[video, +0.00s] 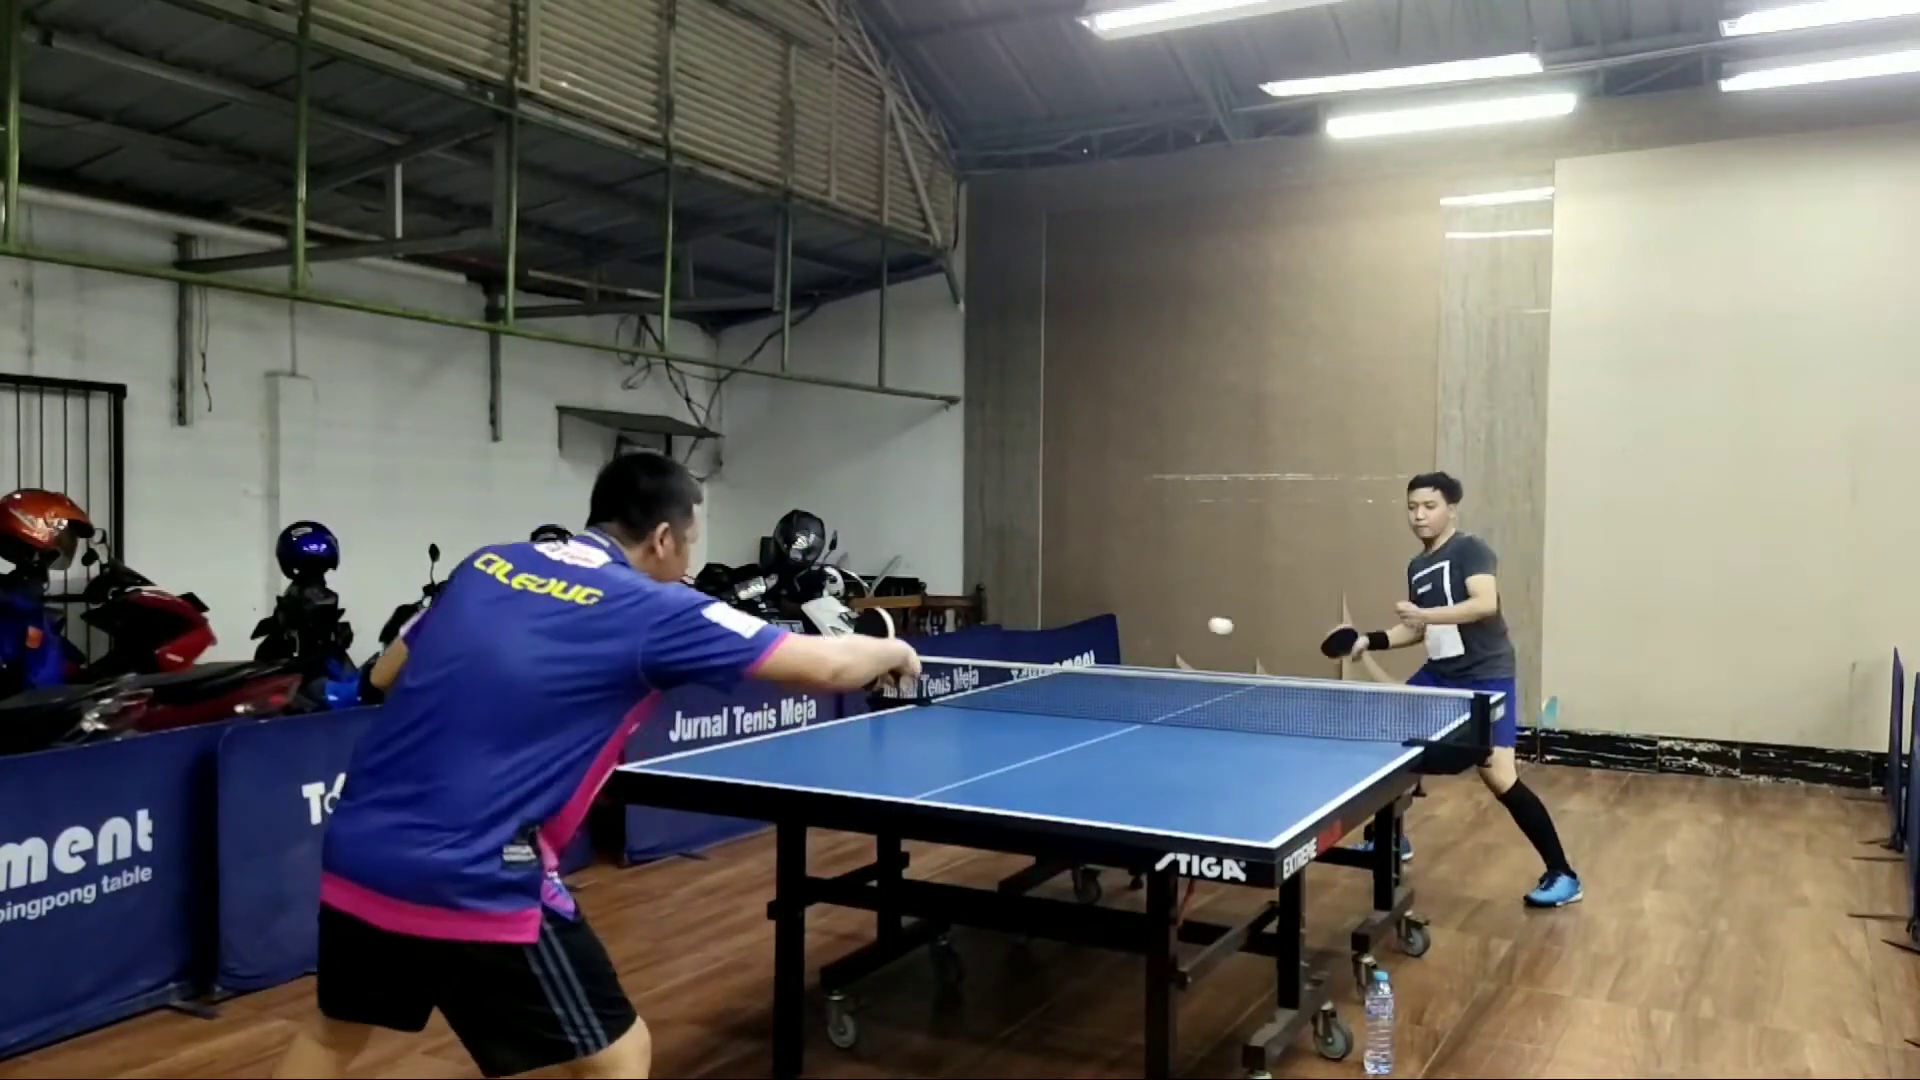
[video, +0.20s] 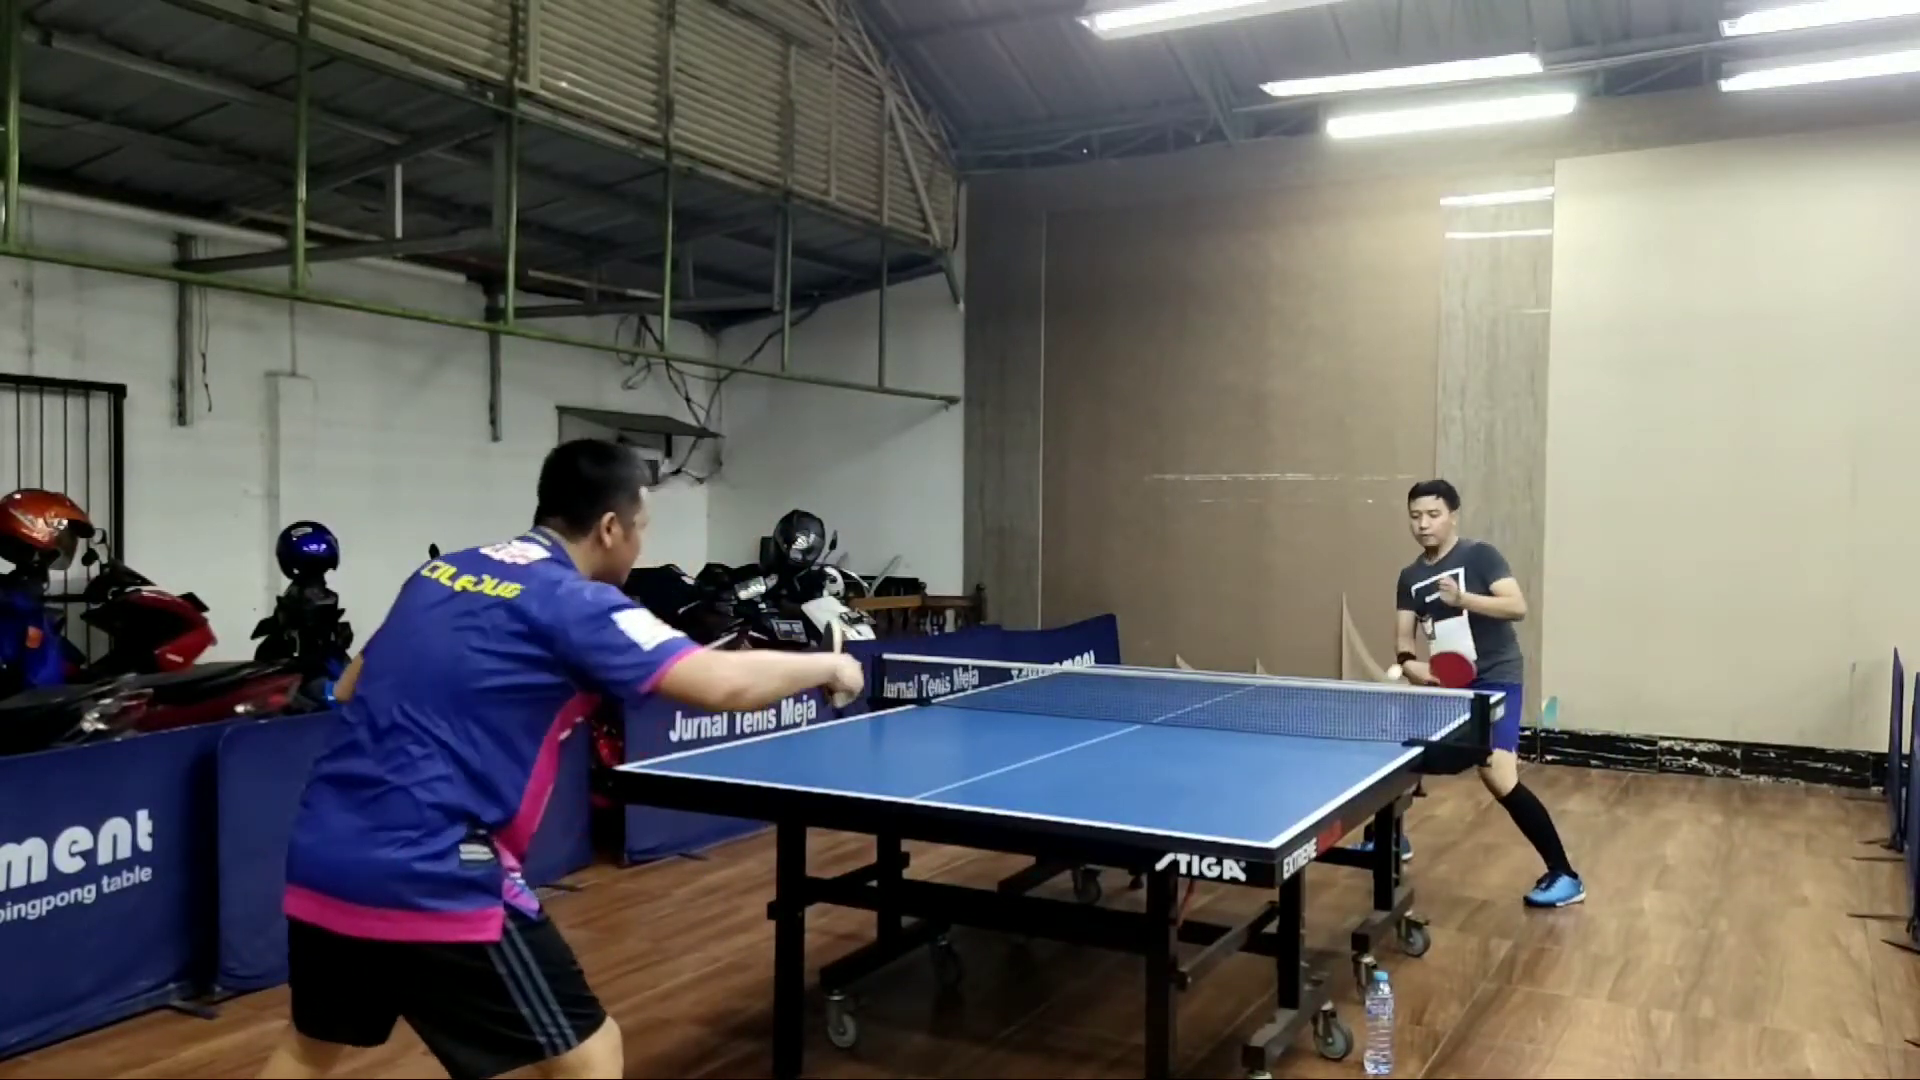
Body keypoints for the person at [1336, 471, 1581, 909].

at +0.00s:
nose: (1419, 515)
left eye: (1429, 506)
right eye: (1413, 508)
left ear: (1451, 509)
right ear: (1408, 513)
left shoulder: (1470, 550)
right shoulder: (1417, 568)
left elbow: (1486, 604)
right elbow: (1414, 630)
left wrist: (1425, 615)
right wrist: (1367, 640)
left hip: (1487, 675)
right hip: (1439, 673)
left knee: (1499, 775)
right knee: (1379, 735)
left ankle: (1561, 873)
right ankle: (1390, 836)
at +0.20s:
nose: (1424, 523)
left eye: (1433, 514)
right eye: (1416, 516)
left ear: (1453, 516)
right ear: (1410, 522)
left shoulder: (1480, 555)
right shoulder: (1411, 577)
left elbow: (1516, 605)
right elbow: (1404, 640)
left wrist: (1463, 599)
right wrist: (1412, 664)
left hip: (1496, 678)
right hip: (1442, 685)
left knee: (1498, 775)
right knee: (1390, 749)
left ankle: (1563, 874)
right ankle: (1389, 836)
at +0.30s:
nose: (1441, 509)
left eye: (1451, 501)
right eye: (1434, 502)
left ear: (1471, 505)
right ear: (1428, 508)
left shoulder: (1500, 545)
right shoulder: (1422, 567)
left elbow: (1542, 595)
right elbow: (1402, 630)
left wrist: (1502, 593)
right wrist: (1413, 640)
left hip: (1511, 670)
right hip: (1454, 671)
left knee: (1515, 762)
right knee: (1401, 744)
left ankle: (1566, 874)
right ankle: (1388, 838)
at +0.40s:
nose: (1456, 496)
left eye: (1467, 489)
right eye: (1449, 489)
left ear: (1486, 495)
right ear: (1442, 496)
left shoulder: (1516, 537)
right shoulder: (1434, 555)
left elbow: (1561, 585)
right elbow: (1403, 603)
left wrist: (1544, 592)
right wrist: (1376, 596)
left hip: (1528, 663)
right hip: (1472, 664)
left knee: (1536, 758)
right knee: (1428, 750)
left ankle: (1568, 875)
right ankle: (1398, 838)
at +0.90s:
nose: (1444, 489)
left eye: (1454, 481)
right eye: (1438, 481)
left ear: (1476, 486)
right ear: (1433, 487)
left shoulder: (1498, 534)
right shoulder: (1422, 542)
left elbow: (1525, 594)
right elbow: (1380, 587)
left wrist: (1476, 613)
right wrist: (1340, 597)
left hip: (1495, 667)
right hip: (1437, 664)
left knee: (1522, 758)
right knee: (1410, 746)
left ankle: (1564, 869)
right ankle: (1411, 836)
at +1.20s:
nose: (1422, 502)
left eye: (1432, 493)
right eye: (1417, 495)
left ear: (1458, 498)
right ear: (1416, 502)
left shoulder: (1481, 537)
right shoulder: (1427, 561)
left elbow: (1493, 589)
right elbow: (1418, 623)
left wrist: (1427, 603)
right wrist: (1371, 641)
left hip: (1510, 666)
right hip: (1458, 666)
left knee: (1526, 761)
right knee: (1409, 738)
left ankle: (1570, 873)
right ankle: (1410, 840)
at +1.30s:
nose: (1410, 518)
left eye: (1418, 508)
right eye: (1405, 511)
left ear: (1446, 511)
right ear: (1406, 518)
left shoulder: (1468, 547)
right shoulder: (1431, 573)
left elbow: (1465, 596)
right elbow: (1440, 639)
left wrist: (1393, 613)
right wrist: (1387, 671)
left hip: (1509, 670)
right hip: (1461, 670)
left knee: (1517, 768)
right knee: (1402, 735)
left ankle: (1569, 875)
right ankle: (1406, 838)